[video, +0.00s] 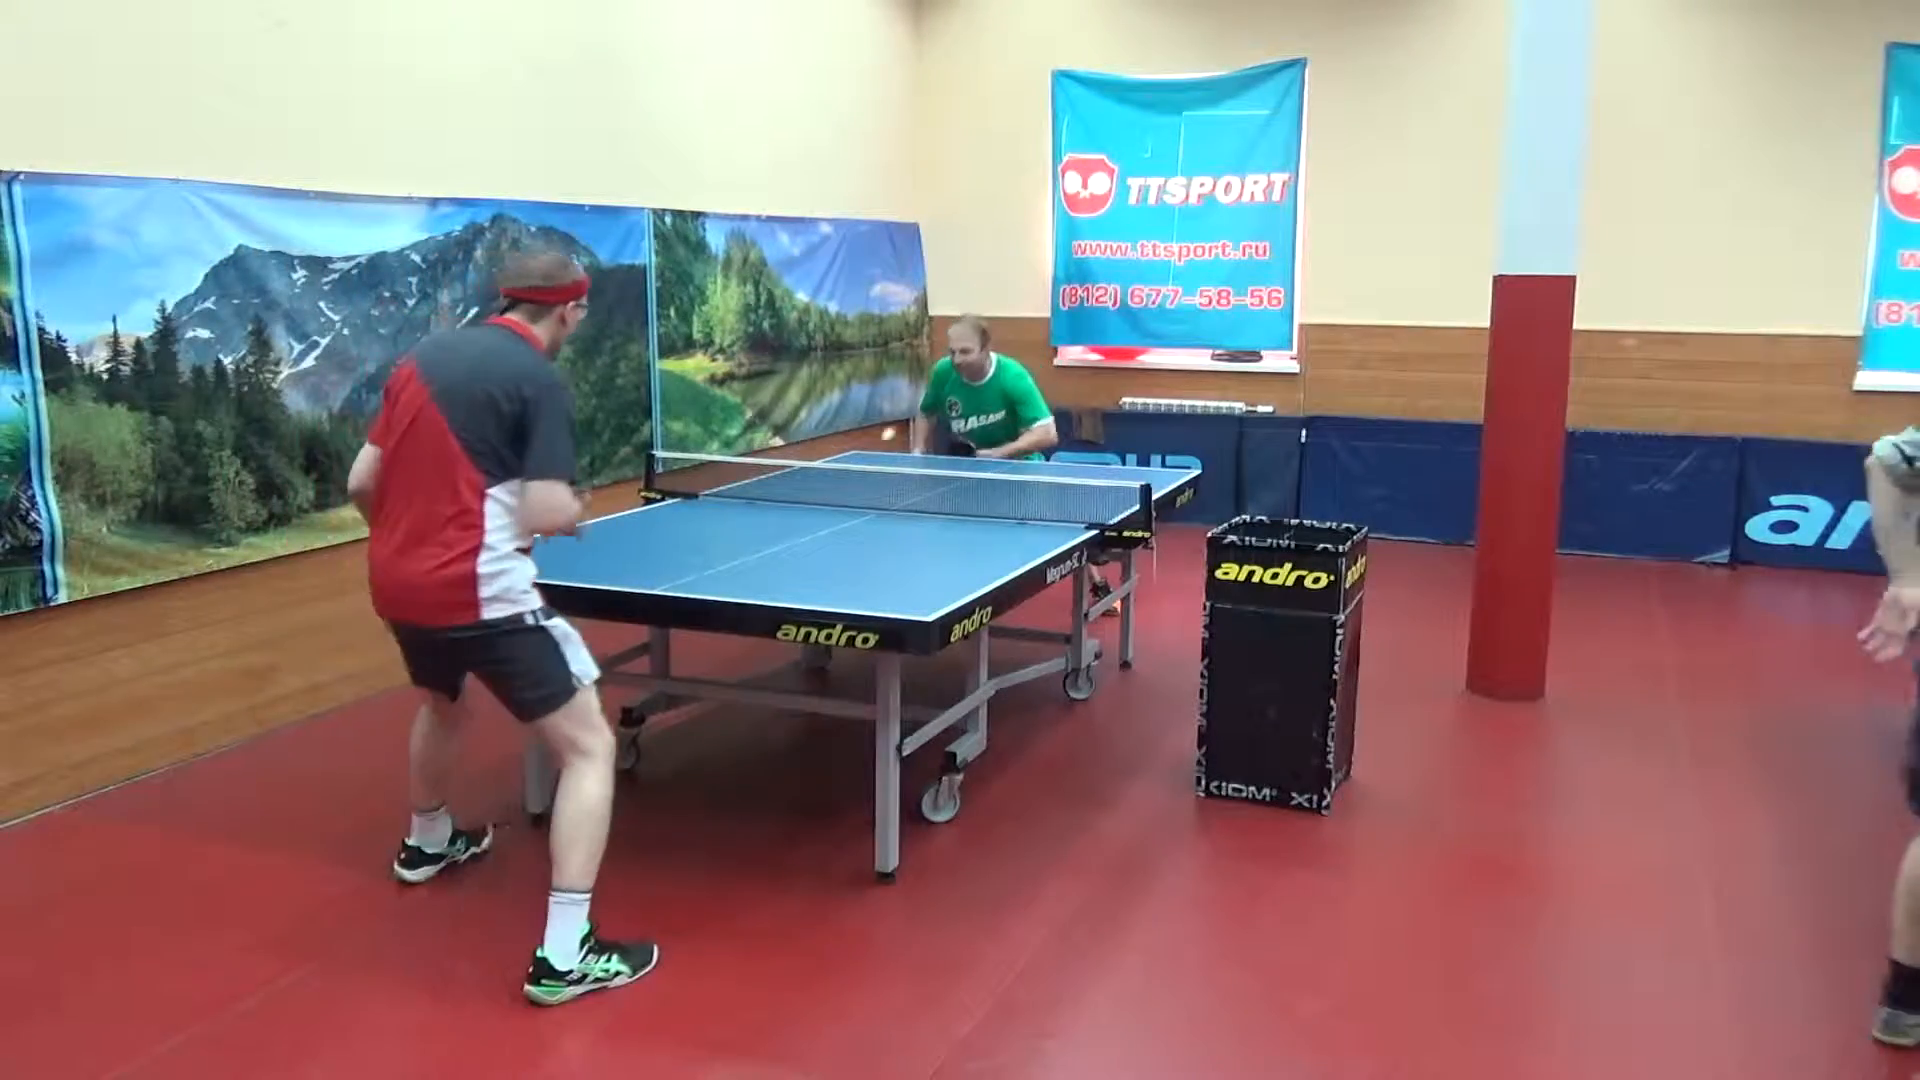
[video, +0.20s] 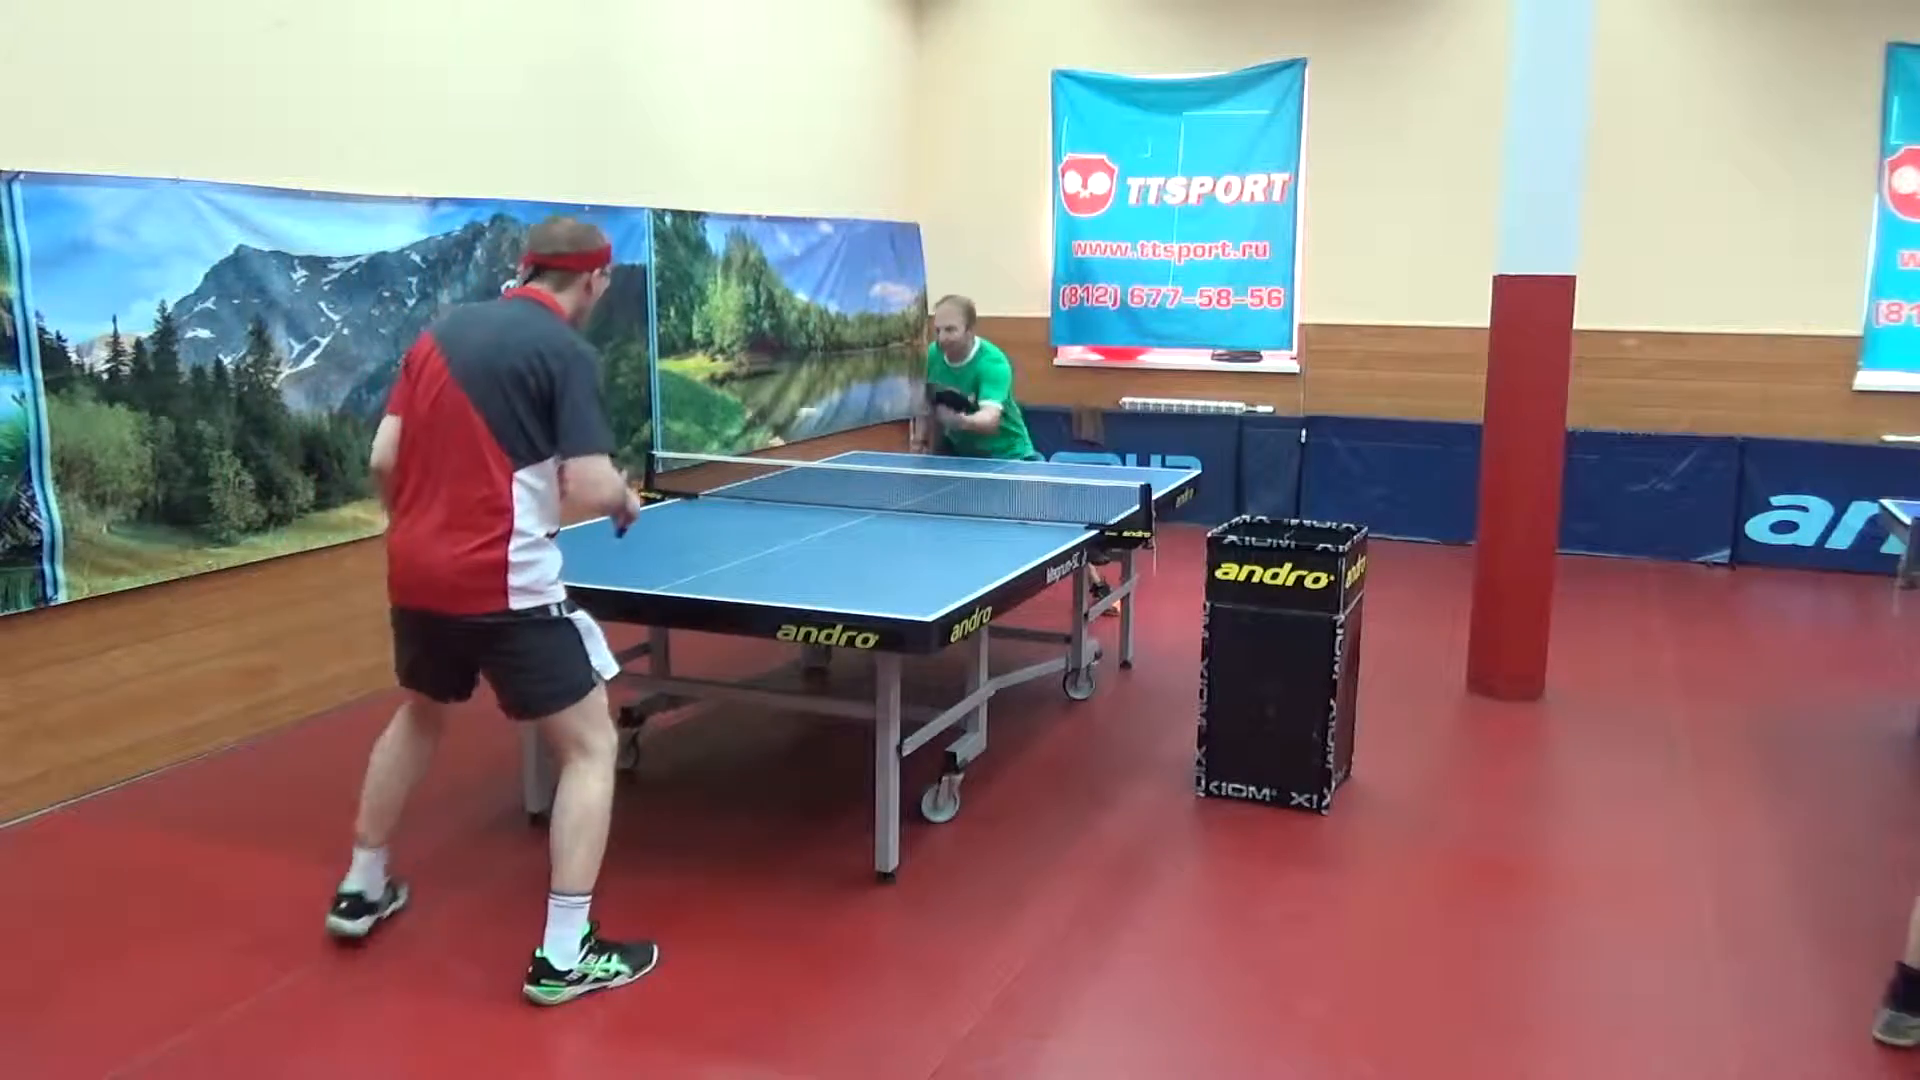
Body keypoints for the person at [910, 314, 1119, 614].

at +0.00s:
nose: (958, 359)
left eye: (965, 352)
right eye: (953, 352)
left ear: (986, 349)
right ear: (948, 349)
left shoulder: (1013, 376)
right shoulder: (942, 373)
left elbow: (1047, 434)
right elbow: (924, 415)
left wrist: (995, 453)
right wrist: (918, 456)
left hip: (1019, 466)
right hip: (968, 469)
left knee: (1052, 520)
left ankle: (1097, 584)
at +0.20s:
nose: (942, 338)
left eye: (950, 330)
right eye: (938, 330)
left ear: (970, 329)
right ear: (933, 328)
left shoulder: (992, 362)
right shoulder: (934, 356)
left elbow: (989, 421)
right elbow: (927, 403)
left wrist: (954, 418)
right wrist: (920, 438)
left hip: (1010, 457)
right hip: (963, 458)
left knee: (1052, 515)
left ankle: (1096, 583)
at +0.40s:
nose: (945, 313)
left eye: (953, 306)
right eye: (941, 306)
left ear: (974, 309)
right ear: (937, 309)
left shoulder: (997, 345)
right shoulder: (934, 344)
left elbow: (997, 407)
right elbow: (930, 399)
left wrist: (947, 416)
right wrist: (921, 432)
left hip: (1011, 453)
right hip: (960, 453)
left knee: (1046, 516)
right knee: (950, 525)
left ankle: (1087, 586)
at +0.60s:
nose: (960, 305)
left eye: (969, 298)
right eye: (956, 298)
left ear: (990, 301)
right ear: (953, 301)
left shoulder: (1011, 338)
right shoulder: (947, 339)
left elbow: (1020, 398)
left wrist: (966, 404)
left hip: (1017, 452)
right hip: (965, 451)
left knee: (1051, 516)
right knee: (954, 522)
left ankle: (1088, 588)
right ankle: (959, 597)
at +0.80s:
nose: (974, 298)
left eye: (983, 291)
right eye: (970, 291)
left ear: (1004, 295)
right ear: (965, 294)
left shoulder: (1028, 336)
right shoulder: (953, 334)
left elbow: (1051, 394)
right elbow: (938, 383)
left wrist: (1008, 409)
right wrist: (934, 424)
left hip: (1021, 448)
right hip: (967, 447)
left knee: (1049, 516)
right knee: (958, 521)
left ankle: (1087, 587)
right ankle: (958, 596)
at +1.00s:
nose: (978, 296)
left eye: (987, 290)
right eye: (976, 289)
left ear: (1012, 292)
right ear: (974, 289)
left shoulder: (1041, 332)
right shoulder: (964, 330)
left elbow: (1062, 387)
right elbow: (948, 382)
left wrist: (1029, 415)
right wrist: (944, 420)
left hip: (1029, 449)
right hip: (976, 449)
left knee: (1051, 519)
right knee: (969, 523)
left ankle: (1087, 587)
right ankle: (964, 599)